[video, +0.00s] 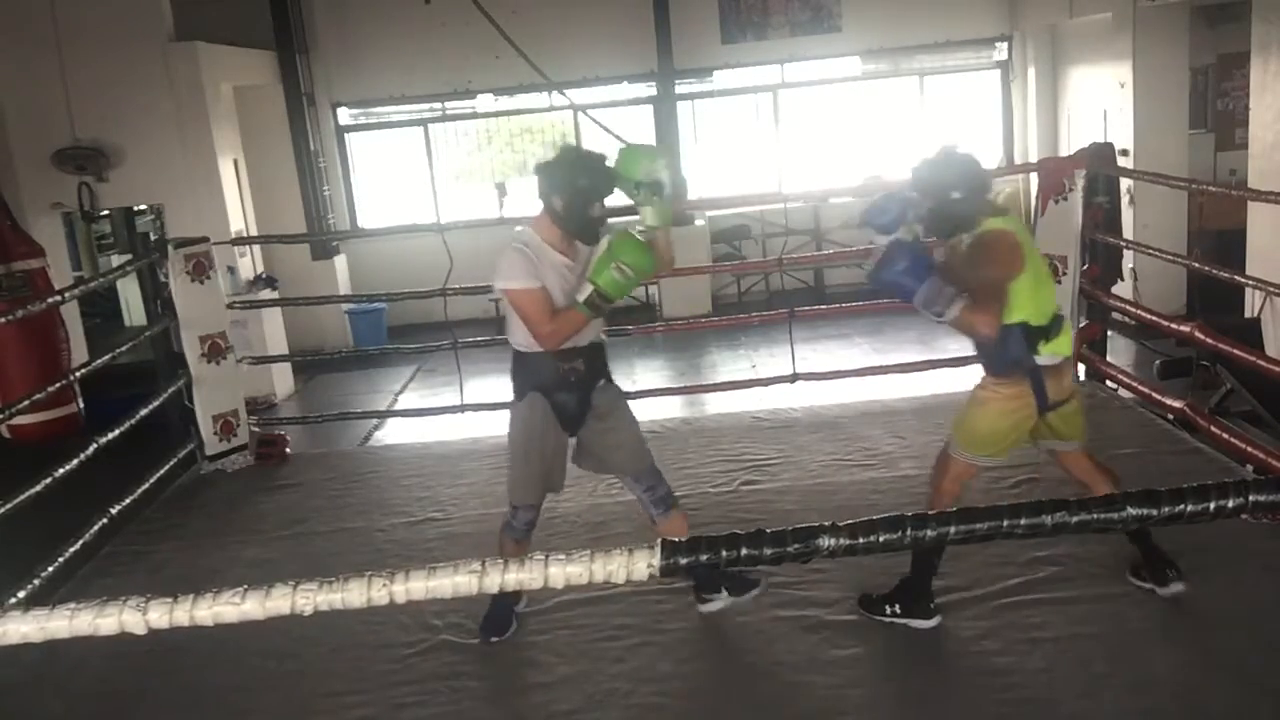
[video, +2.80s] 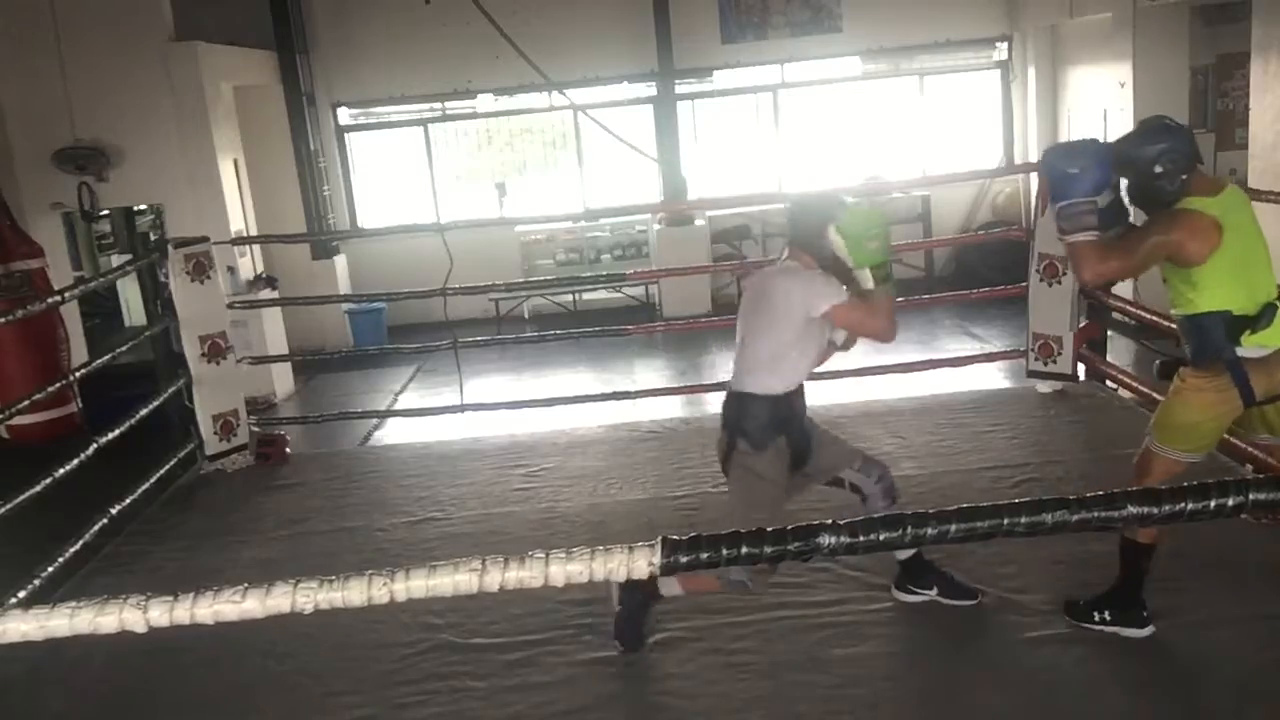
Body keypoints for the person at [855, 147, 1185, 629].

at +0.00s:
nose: (924, 216)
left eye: (927, 206)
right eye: (922, 207)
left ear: (948, 205)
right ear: (977, 193)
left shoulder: (991, 243)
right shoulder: (1006, 229)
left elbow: (989, 326)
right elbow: (964, 274)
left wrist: (931, 296)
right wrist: (922, 256)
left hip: (1011, 383)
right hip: (1059, 372)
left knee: (948, 479)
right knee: (1080, 462)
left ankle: (916, 592)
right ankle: (1155, 558)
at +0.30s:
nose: (980, 193)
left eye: (981, 184)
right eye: (978, 184)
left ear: (1000, 182)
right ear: (1029, 173)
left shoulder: (1036, 222)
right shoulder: (1064, 214)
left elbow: (1010, 276)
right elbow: (1000, 274)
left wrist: (968, 217)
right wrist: (960, 235)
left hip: (1047, 374)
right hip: (1099, 364)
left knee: (980, 472)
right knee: (1102, 462)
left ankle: (952, 590)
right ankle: (1165, 567)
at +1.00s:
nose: (988, 202)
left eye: (989, 191)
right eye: (985, 192)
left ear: (1008, 190)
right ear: (1039, 179)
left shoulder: (1040, 232)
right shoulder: (1080, 216)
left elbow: (1024, 298)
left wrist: (973, 260)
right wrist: (986, 241)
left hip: (1064, 374)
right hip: (1114, 361)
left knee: (996, 478)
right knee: (1131, 448)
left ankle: (965, 595)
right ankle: (1194, 541)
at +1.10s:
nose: (1024, 204)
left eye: (1027, 193)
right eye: (1022, 194)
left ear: (1053, 190)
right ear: (1073, 183)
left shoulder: (1089, 232)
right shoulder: (1105, 221)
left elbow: (1113, 301)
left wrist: (1048, 285)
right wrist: (1020, 252)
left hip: (1098, 374)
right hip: (1141, 366)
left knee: (1022, 475)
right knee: (1144, 455)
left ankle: (968, 584)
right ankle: (1204, 551)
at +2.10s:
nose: (1085, 202)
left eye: (1085, 193)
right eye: (1082, 193)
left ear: (1101, 192)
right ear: (1130, 180)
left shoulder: (1130, 235)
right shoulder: (1182, 216)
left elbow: (1083, 294)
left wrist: (1040, 234)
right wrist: (1078, 229)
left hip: (1150, 384)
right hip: (1212, 371)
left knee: (1071, 473)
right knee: (1224, 461)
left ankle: (1041, 588)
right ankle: (1274, 546)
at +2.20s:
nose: (1102, 202)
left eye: (1103, 192)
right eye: (1100, 192)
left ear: (1124, 194)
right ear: (1156, 183)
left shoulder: (1162, 234)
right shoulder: (1204, 219)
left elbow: (1133, 300)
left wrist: (1083, 242)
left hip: (1168, 386)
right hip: (1226, 378)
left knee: (1090, 477)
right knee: (1242, 471)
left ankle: (1041, 588)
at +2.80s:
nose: (1132, 188)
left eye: (1135, 178)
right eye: (1129, 177)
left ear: (1158, 175)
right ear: (1187, 163)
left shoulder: (1180, 224)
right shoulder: (1228, 191)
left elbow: (1093, 268)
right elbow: (1144, 251)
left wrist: (1077, 202)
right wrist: (1111, 216)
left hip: (1220, 374)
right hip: (1270, 358)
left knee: (1150, 475)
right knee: (1270, 464)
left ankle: (1126, 601)